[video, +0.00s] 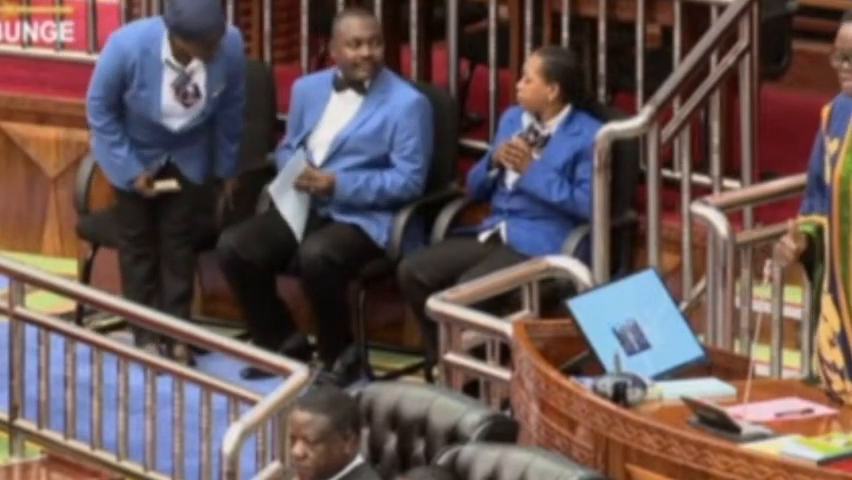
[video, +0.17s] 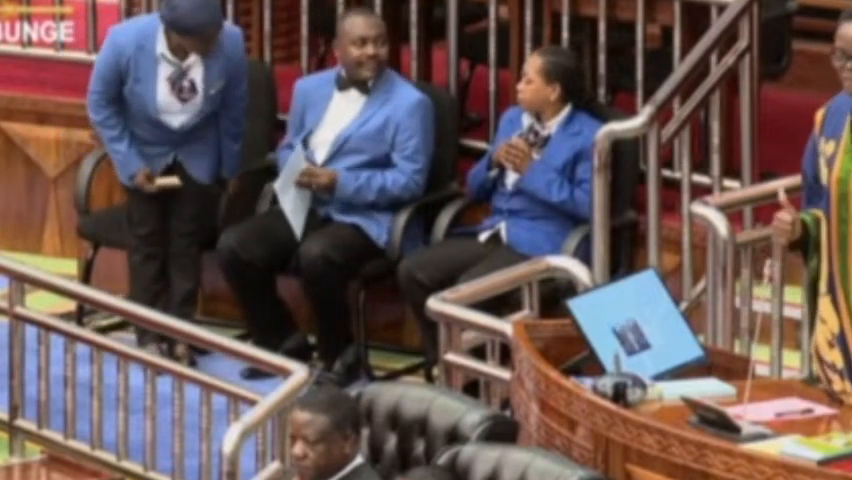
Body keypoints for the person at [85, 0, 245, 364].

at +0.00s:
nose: (205, 53)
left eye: (212, 44)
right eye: (196, 46)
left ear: (220, 33)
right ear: (173, 34)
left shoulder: (230, 46)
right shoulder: (127, 46)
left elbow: (233, 110)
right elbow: (99, 112)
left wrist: (227, 168)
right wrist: (130, 171)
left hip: (193, 154)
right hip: (138, 154)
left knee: (181, 243)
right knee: (138, 244)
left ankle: (178, 333)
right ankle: (145, 334)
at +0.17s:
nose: (203, 50)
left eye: (209, 42)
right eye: (193, 44)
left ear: (217, 29)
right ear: (169, 30)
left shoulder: (230, 43)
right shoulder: (125, 41)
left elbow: (235, 110)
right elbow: (100, 106)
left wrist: (231, 168)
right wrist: (131, 166)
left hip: (200, 152)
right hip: (144, 151)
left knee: (188, 243)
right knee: (147, 243)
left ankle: (181, 333)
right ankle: (148, 333)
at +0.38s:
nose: (206, 46)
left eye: (211, 38)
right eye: (197, 39)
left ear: (218, 25)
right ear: (173, 26)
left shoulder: (232, 41)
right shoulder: (125, 38)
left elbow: (236, 111)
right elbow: (102, 104)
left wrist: (233, 171)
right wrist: (129, 165)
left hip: (201, 148)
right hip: (146, 147)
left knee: (188, 242)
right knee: (147, 241)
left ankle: (181, 334)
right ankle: (149, 333)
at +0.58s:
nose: (194, 29)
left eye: (204, 23)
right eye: (189, 19)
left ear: (218, 15)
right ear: (174, 9)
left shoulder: (236, 35)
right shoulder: (133, 27)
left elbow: (237, 107)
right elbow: (106, 97)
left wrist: (231, 168)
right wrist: (123, 159)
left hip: (200, 142)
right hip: (145, 140)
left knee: (187, 238)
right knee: (145, 237)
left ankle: (181, 332)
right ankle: (148, 331)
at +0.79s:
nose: (186, 14)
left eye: (195, 8)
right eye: (180, 6)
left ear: (212, 7)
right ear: (171, 2)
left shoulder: (238, 31)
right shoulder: (134, 16)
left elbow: (237, 104)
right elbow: (104, 83)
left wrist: (229, 166)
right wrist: (113, 149)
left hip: (197, 142)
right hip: (142, 138)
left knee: (185, 238)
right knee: (142, 236)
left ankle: (181, 331)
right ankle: (147, 330)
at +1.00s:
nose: (206, 15)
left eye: (213, 10)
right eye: (199, 8)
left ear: (222, 7)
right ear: (180, 1)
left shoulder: (238, 31)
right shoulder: (135, 15)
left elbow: (236, 104)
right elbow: (104, 82)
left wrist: (229, 165)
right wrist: (110, 150)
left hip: (197, 141)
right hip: (141, 137)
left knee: (184, 236)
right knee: (141, 236)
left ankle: (181, 331)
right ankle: (146, 329)